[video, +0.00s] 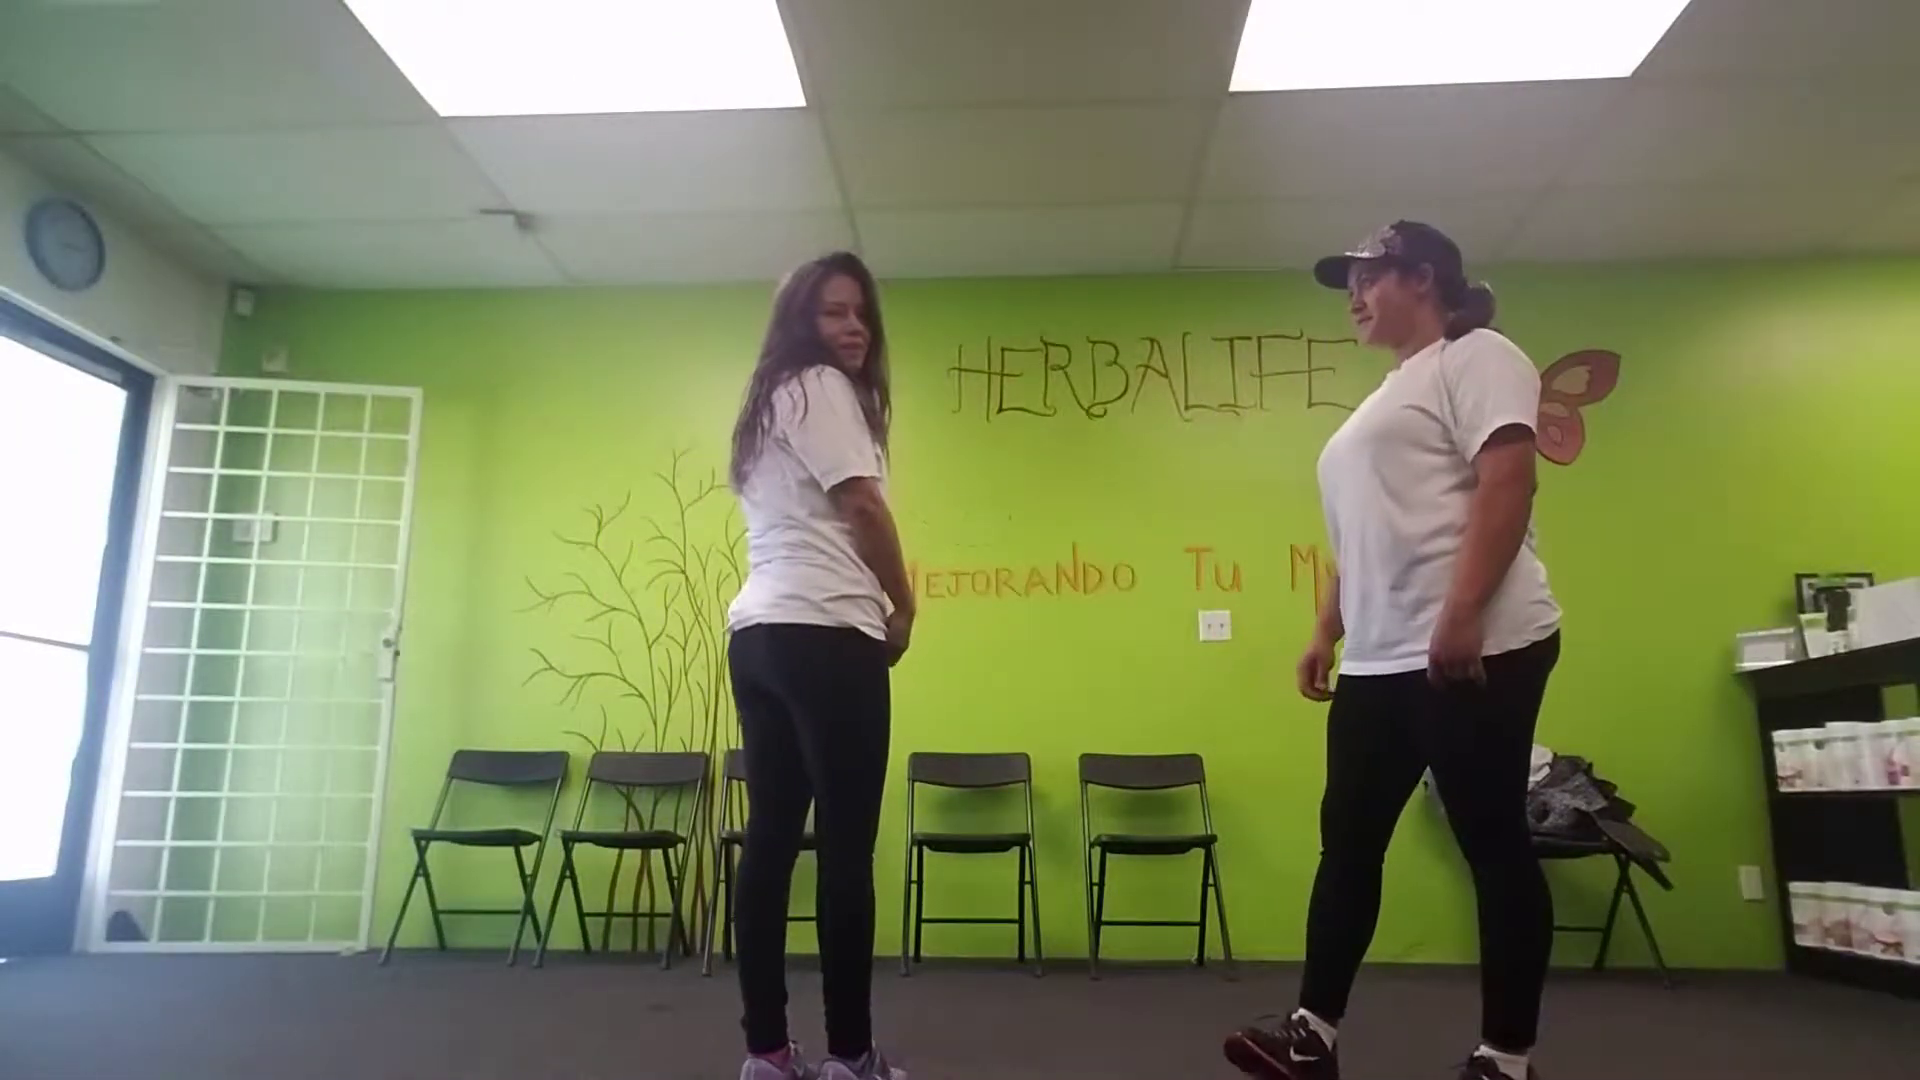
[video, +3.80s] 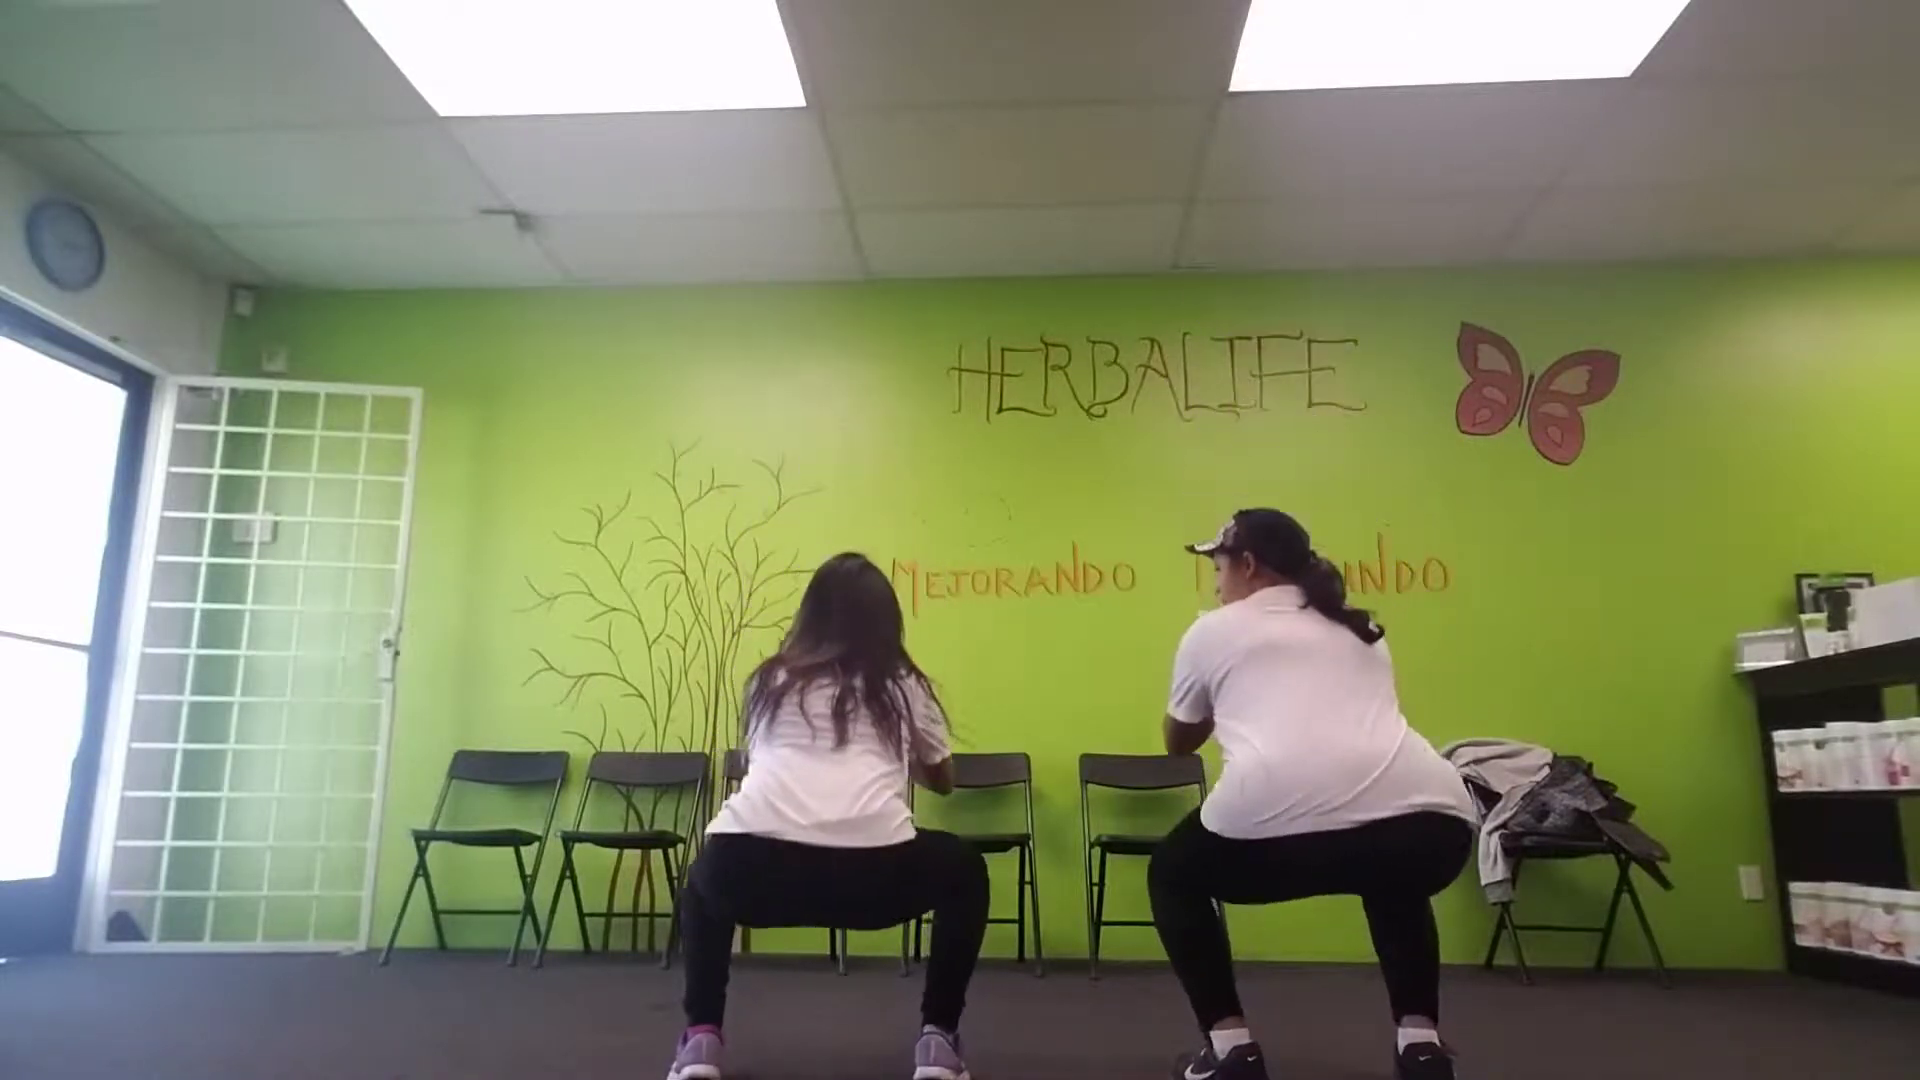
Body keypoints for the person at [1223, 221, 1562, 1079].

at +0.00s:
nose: (1354, 296)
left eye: (1368, 278)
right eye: (1353, 284)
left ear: (1421, 280)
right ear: (1393, 290)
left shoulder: (1477, 354)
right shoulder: (1385, 398)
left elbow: (1508, 481)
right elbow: (1365, 532)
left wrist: (1463, 609)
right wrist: (1328, 629)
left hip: (1478, 650)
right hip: (1378, 661)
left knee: (1497, 847)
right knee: (1349, 840)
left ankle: (1506, 1057)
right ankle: (1314, 1031)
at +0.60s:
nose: (1317, 307)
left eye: (1328, 290)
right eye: (1317, 293)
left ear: (1376, 291)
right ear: (1379, 297)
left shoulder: (1394, 360)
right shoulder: (1406, 365)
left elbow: (1389, 486)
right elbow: (1401, 516)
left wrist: (1336, 620)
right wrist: (1360, 645)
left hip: (1427, 635)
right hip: (1410, 638)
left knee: (1451, 835)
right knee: (1401, 833)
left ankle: (1503, 1060)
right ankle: (1411, 1044)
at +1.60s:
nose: (1284, 351)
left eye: (1292, 337)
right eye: (1285, 338)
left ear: (1329, 333)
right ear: (1363, 337)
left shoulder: (1316, 387)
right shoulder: (1422, 418)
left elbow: (1289, 485)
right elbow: (1454, 552)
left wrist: (1207, 570)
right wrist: (1384, 606)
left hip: (1335, 649)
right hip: (1424, 645)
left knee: (1315, 836)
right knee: (1399, 831)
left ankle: (1455, 1012)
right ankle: (1408, 1036)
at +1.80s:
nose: (1276, 351)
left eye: (1284, 337)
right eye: (1277, 337)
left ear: (1319, 336)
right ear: (1359, 340)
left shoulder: (1295, 395)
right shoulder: (1424, 417)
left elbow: (1244, 492)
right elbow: (1455, 545)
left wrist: (1189, 551)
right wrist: (1375, 566)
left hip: (1316, 651)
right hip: (1422, 645)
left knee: (1293, 832)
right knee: (1402, 832)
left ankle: (1358, 1014)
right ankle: (1419, 1033)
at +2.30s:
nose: (1215, 334)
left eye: (1221, 320)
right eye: (1217, 320)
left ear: (1243, 323)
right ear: (1303, 322)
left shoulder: (1198, 396)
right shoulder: (1361, 400)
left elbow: (1166, 513)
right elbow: (1367, 508)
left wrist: (1249, 479)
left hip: (1236, 649)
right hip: (1359, 640)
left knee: (1233, 847)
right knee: (1369, 833)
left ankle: (1235, 1050)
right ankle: (1411, 1039)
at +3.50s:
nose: (1224, 458)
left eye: (1229, 443)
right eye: (1225, 443)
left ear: (1259, 440)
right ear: (1305, 443)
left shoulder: (1219, 514)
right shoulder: (1373, 510)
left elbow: (1187, 618)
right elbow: (1375, 595)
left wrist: (1266, 583)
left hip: (1274, 716)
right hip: (1409, 709)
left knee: (1200, 863)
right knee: (1399, 862)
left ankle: (1231, 1049)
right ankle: (1424, 1043)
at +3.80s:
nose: (1215, 579)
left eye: (1219, 566)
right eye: (1215, 566)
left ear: (1249, 565)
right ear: (1299, 566)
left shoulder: (1212, 634)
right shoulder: (1360, 626)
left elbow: (1181, 740)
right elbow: (1376, 715)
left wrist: (1239, 675)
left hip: (1272, 844)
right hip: (1421, 835)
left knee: (1174, 873)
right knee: (1392, 879)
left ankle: (1231, 1046)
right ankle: (1420, 1040)